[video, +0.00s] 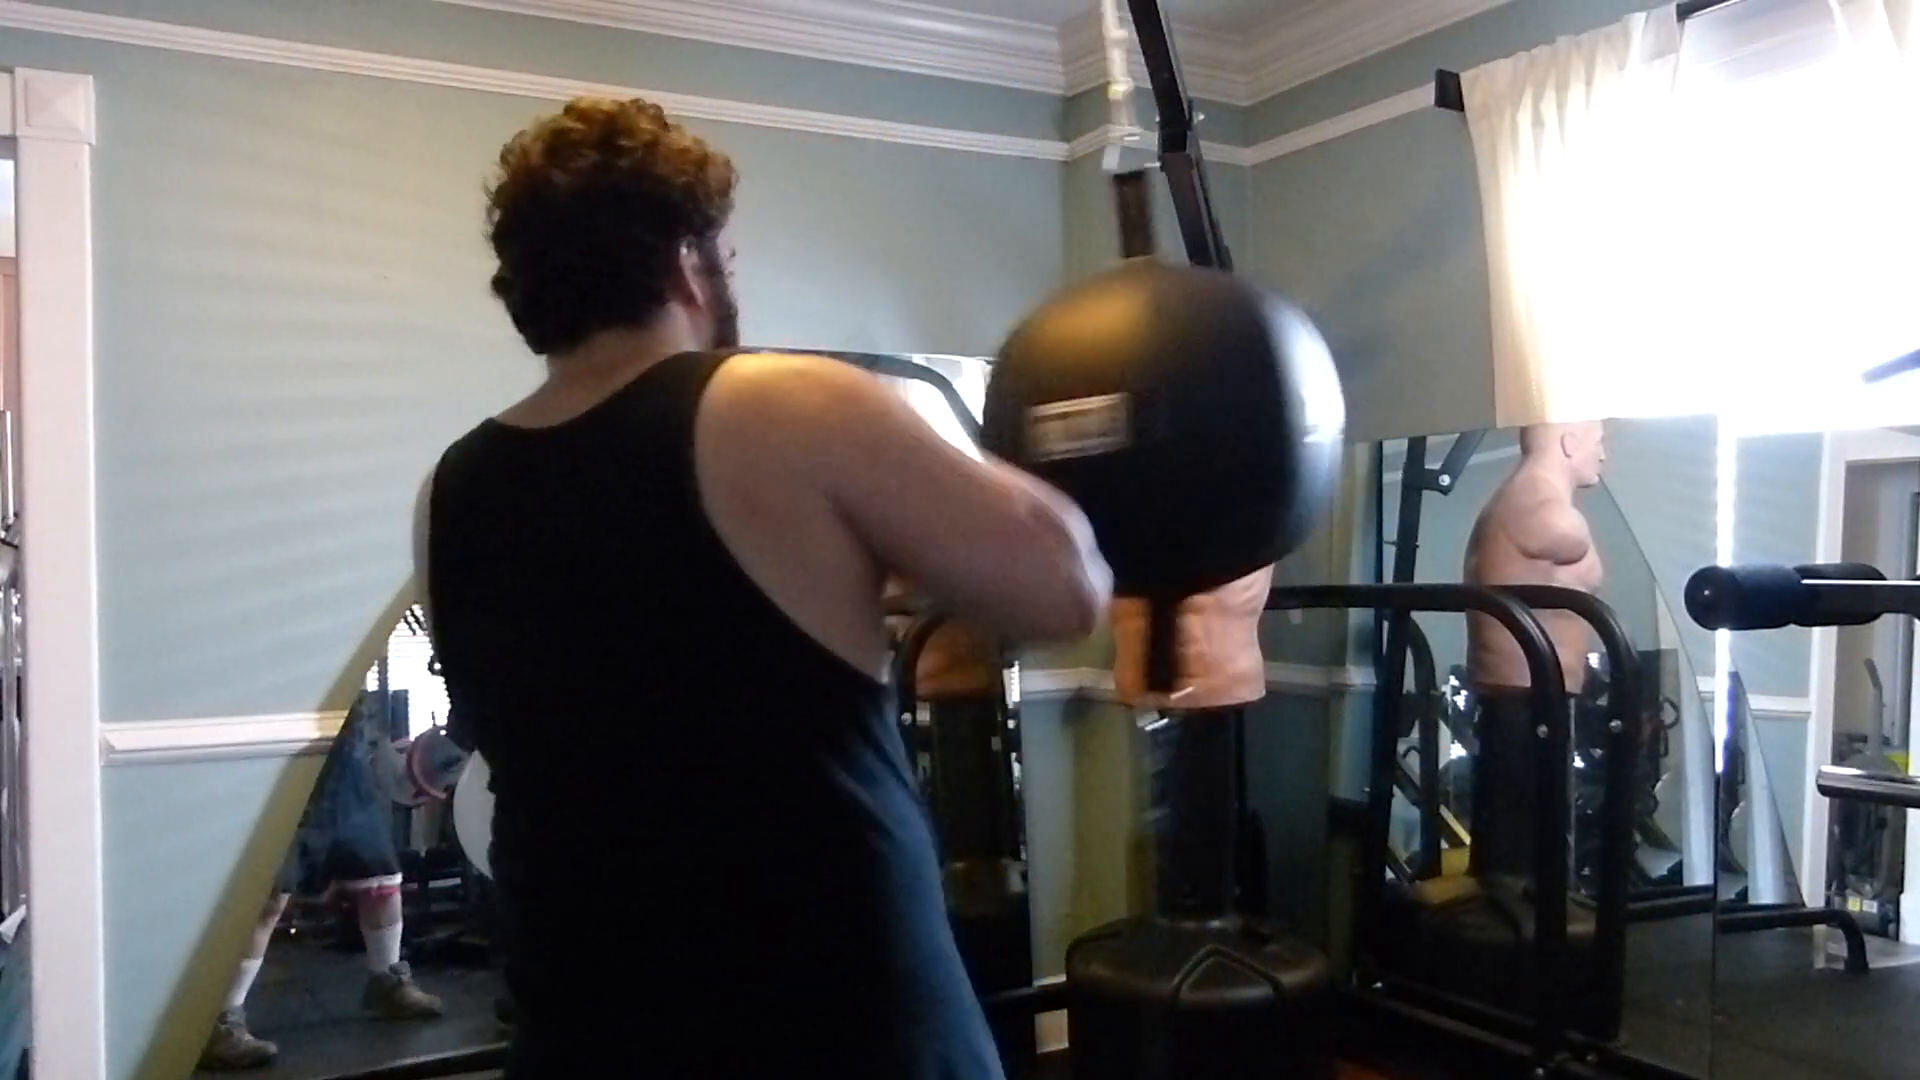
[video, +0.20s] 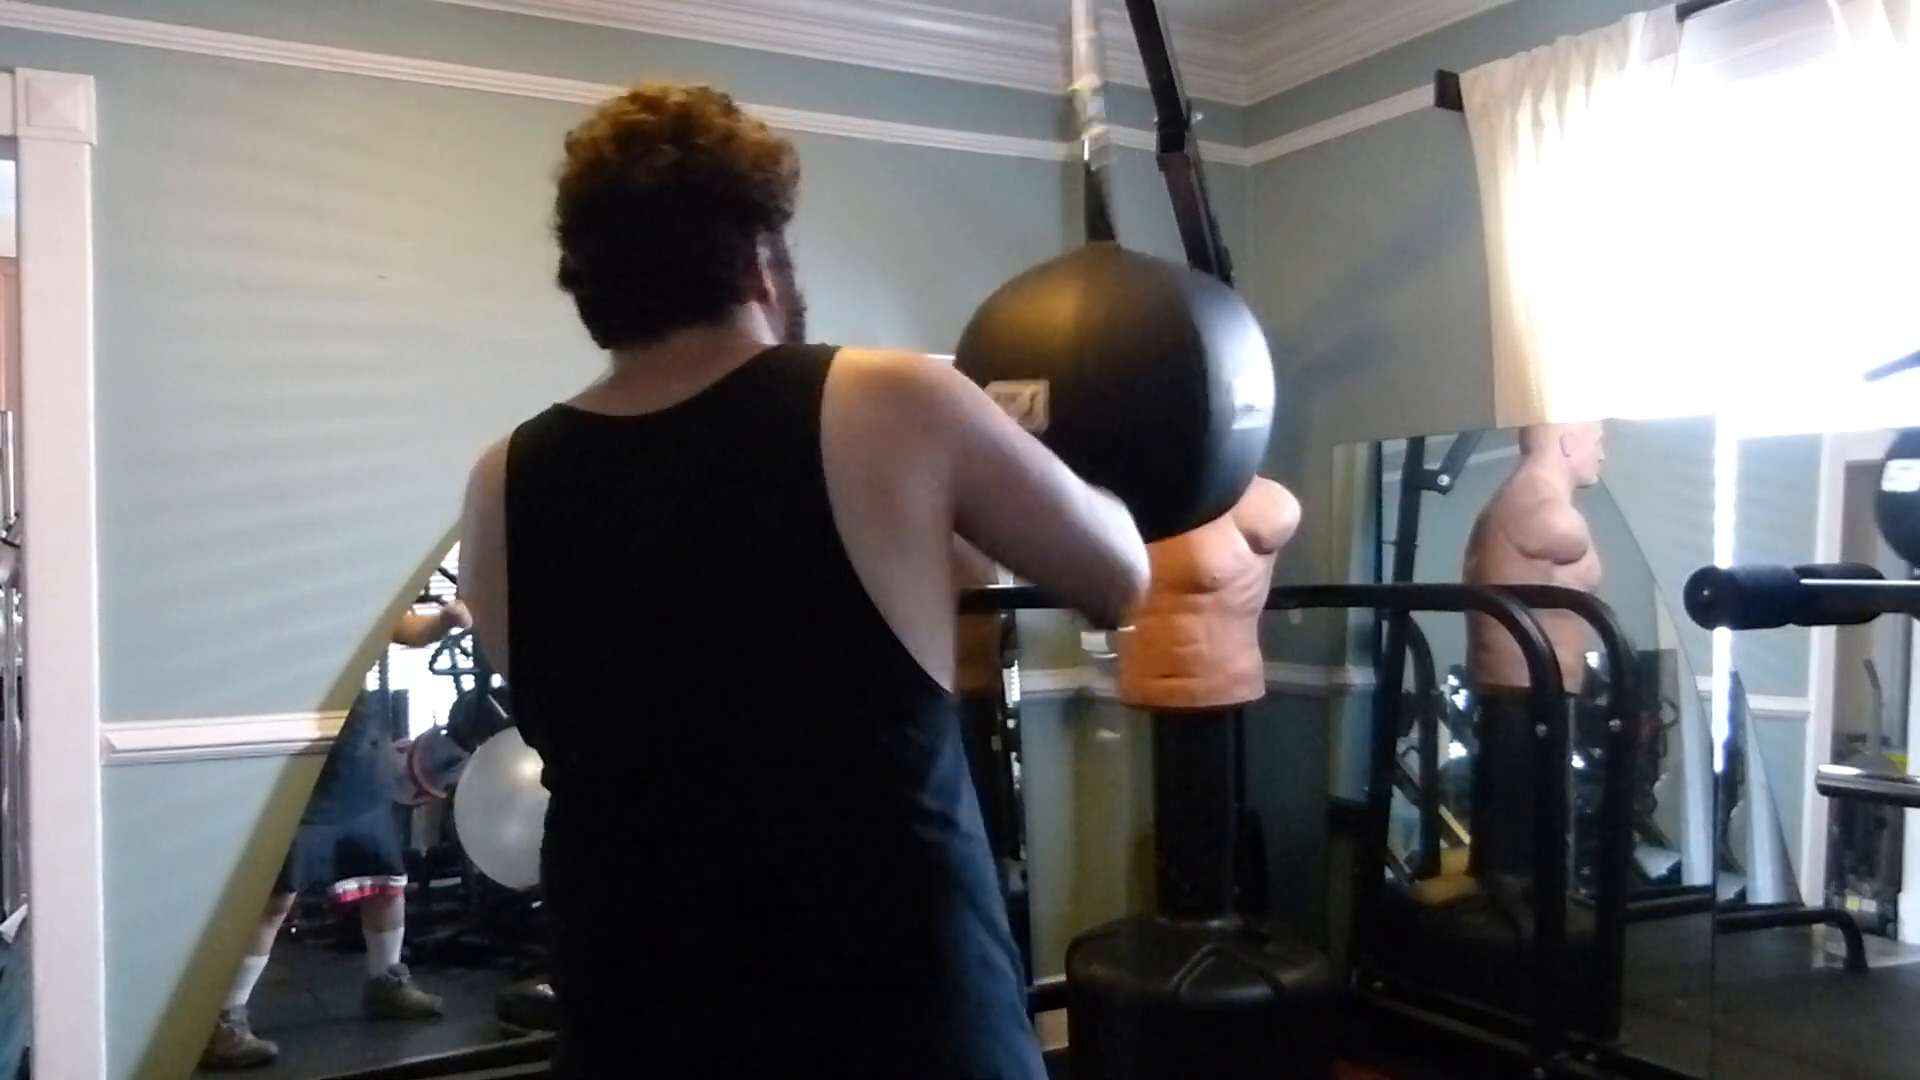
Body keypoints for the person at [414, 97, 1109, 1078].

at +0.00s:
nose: (735, 283)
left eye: (730, 254)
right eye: (726, 256)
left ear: (529, 291)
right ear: (687, 266)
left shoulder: (450, 495)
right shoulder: (799, 408)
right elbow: (1062, 592)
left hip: (582, 986)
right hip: (833, 981)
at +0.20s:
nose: (793, 275)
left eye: (787, 247)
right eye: (785, 248)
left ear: (585, 283)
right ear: (760, 261)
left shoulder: (503, 485)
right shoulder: (901, 403)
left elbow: (526, 679)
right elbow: (1114, 584)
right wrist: (983, 466)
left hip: (634, 998)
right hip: (899, 990)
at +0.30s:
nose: (831, 275)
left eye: (826, 245)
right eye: (823, 246)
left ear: (622, 278)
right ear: (795, 262)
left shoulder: (549, 479)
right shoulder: (919, 431)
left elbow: (577, 716)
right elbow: (1118, 694)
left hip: (635, 1010)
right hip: (897, 1008)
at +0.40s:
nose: (859, 269)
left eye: (856, 241)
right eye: (854, 241)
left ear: (649, 280)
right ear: (821, 260)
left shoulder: (607, 469)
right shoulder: (896, 453)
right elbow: (1092, 762)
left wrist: (986, 460)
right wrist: (1140, 614)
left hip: (643, 1012)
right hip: (886, 1022)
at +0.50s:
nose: (857, 271)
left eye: (854, 244)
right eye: (853, 244)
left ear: (647, 276)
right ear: (822, 259)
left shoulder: (599, 474)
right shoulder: (861, 455)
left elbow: (815, 604)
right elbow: (1052, 777)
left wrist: (1036, 461)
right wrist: (1080, 679)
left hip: (637, 1020)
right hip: (875, 1029)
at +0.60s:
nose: (837, 287)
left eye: (832, 256)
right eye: (830, 254)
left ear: (627, 288)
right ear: (798, 264)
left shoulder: (562, 487)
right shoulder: (853, 449)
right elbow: (1074, 745)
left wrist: (909, 507)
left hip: (617, 1012)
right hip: (861, 1019)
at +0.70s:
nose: (796, 284)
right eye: (787, 257)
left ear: (583, 305)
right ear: (763, 274)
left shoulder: (514, 507)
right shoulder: (904, 437)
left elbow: (538, 721)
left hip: (593, 1031)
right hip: (866, 1033)